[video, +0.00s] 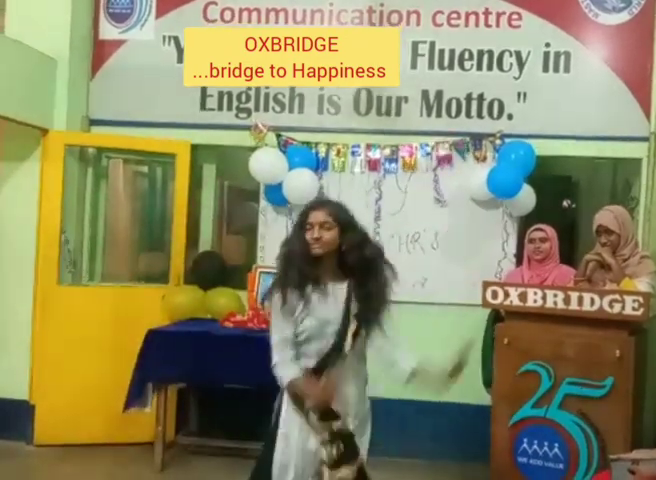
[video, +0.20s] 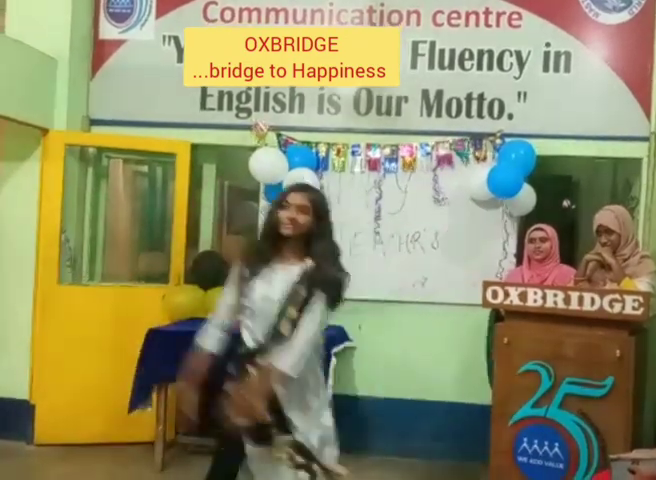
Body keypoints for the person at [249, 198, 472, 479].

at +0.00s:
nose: (315, 235)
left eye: (326, 227)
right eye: (309, 228)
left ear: (344, 233)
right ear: (302, 234)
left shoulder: (361, 285)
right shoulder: (287, 289)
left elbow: (383, 344)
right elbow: (281, 355)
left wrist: (436, 374)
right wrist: (306, 389)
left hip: (347, 396)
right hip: (299, 396)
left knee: (345, 470)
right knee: (294, 468)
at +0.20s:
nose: (290, 216)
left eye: (302, 211)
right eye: (285, 207)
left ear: (316, 221)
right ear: (275, 212)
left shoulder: (319, 274)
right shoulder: (251, 260)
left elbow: (304, 339)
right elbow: (223, 315)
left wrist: (262, 383)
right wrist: (193, 375)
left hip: (292, 377)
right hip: (241, 372)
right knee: (229, 454)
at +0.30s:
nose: (268, 208)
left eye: (280, 204)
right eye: (264, 200)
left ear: (296, 213)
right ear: (255, 204)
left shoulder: (302, 261)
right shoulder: (239, 254)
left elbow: (279, 315)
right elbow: (202, 292)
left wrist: (230, 316)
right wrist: (161, 313)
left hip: (278, 377)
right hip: (235, 372)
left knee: (273, 462)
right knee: (216, 459)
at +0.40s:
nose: (253, 207)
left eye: (264, 202)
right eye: (248, 199)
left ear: (280, 209)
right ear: (239, 203)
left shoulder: (292, 255)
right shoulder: (230, 251)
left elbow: (257, 293)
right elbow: (179, 291)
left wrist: (213, 270)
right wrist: (130, 275)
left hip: (263, 371)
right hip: (222, 364)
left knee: (253, 456)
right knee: (206, 452)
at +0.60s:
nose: (250, 220)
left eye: (260, 213)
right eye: (242, 209)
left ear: (268, 219)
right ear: (227, 212)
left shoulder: (269, 260)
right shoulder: (215, 257)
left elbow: (243, 316)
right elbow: (174, 313)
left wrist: (201, 284)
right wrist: (136, 285)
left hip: (258, 384)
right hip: (220, 379)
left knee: (249, 468)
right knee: (216, 463)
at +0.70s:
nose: (251, 245)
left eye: (259, 238)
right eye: (243, 235)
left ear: (265, 244)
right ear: (225, 236)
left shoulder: (263, 290)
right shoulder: (204, 285)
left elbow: (245, 359)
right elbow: (192, 342)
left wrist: (184, 364)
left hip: (261, 411)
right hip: (219, 405)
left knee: (257, 474)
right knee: (211, 472)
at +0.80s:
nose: (251, 249)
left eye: (259, 242)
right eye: (242, 241)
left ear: (267, 248)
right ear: (227, 246)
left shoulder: (277, 298)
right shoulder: (217, 293)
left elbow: (263, 369)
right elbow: (217, 362)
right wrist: (193, 414)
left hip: (280, 405)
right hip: (234, 400)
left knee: (273, 472)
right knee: (230, 471)